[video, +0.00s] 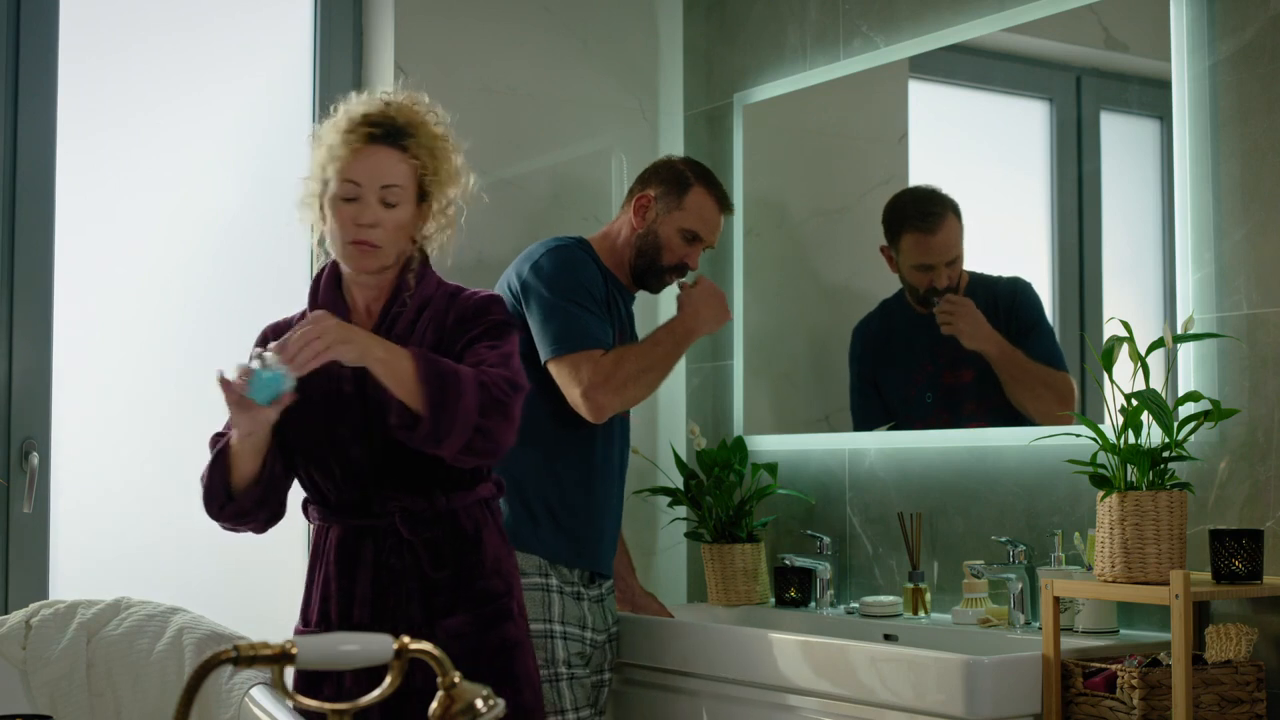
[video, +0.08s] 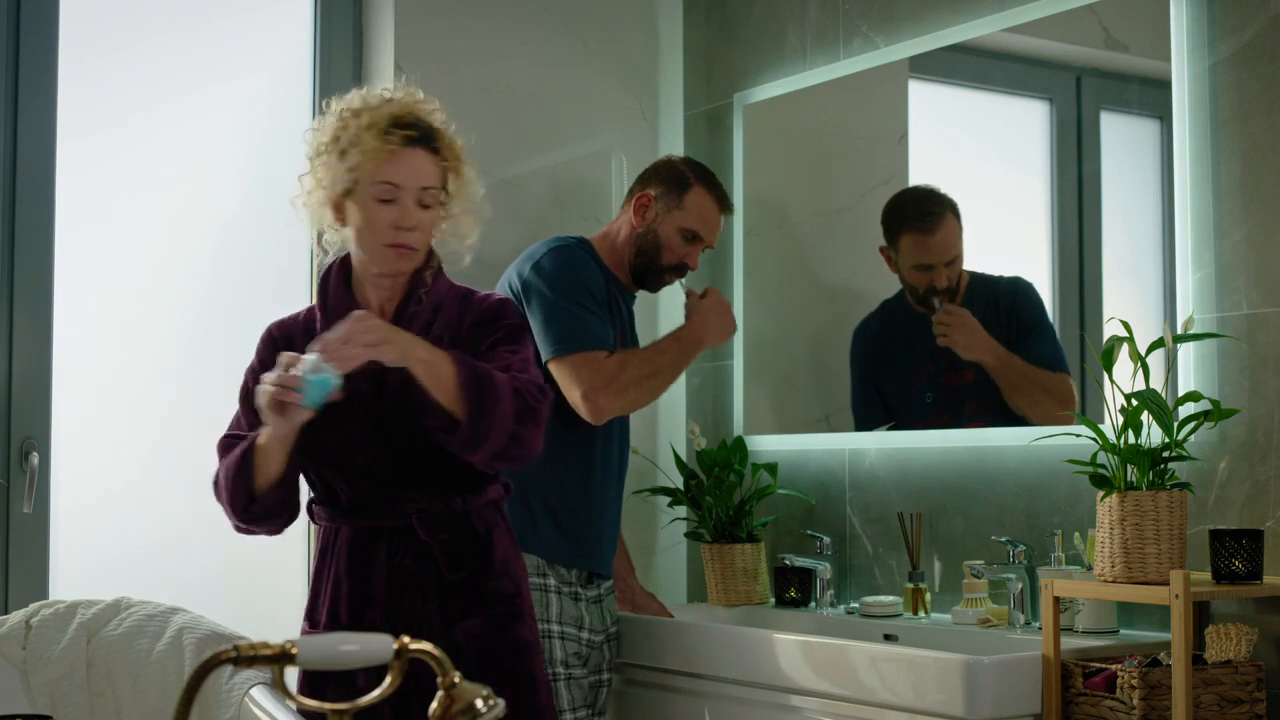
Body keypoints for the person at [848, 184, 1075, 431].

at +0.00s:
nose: (942, 281)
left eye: (953, 263)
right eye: (924, 269)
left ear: (962, 244)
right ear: (891, 260)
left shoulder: (1013, 300)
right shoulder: (872, 336)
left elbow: (1061, 413)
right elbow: (872, 447)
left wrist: (990, 342)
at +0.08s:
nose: (942, 281)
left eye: (952, 263)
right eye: (924, 269)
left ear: (962, 243)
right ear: (890, 261)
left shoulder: (1014, 300)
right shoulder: (873, 337)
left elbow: (1062, 412)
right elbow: (873, 448)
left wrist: (989, 353)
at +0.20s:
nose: (940, 285)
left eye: (950, 265)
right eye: (922, 273)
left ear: (961, 242)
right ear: (890, 263)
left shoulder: (1015, 300)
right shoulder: (875, 339)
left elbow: (1062, 414)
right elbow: (874, 448)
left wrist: (991, 349)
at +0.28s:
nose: (938, 285)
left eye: (949, 266)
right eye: (921, 273)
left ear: (961, 243)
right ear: (890, 263)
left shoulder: (1017, 300)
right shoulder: (875, 340)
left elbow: (1068, 413)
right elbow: (875, 450)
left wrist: (997, 357)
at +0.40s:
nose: (938, 289)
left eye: (949, 270)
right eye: (920, 277)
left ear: (963, 243)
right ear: (891, 264)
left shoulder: (1019, 301)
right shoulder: (877, 340)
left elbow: (1067, 414)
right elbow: (876, 449)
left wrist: (996, 350)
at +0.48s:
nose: (937, 288)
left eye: (948, 270)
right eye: (919, 276)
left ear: (964, 243)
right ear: (891, 262)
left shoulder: (1019, 301)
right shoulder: (877, 341)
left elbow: (1068, 414)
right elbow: (879, 450)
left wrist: (1000, 361)